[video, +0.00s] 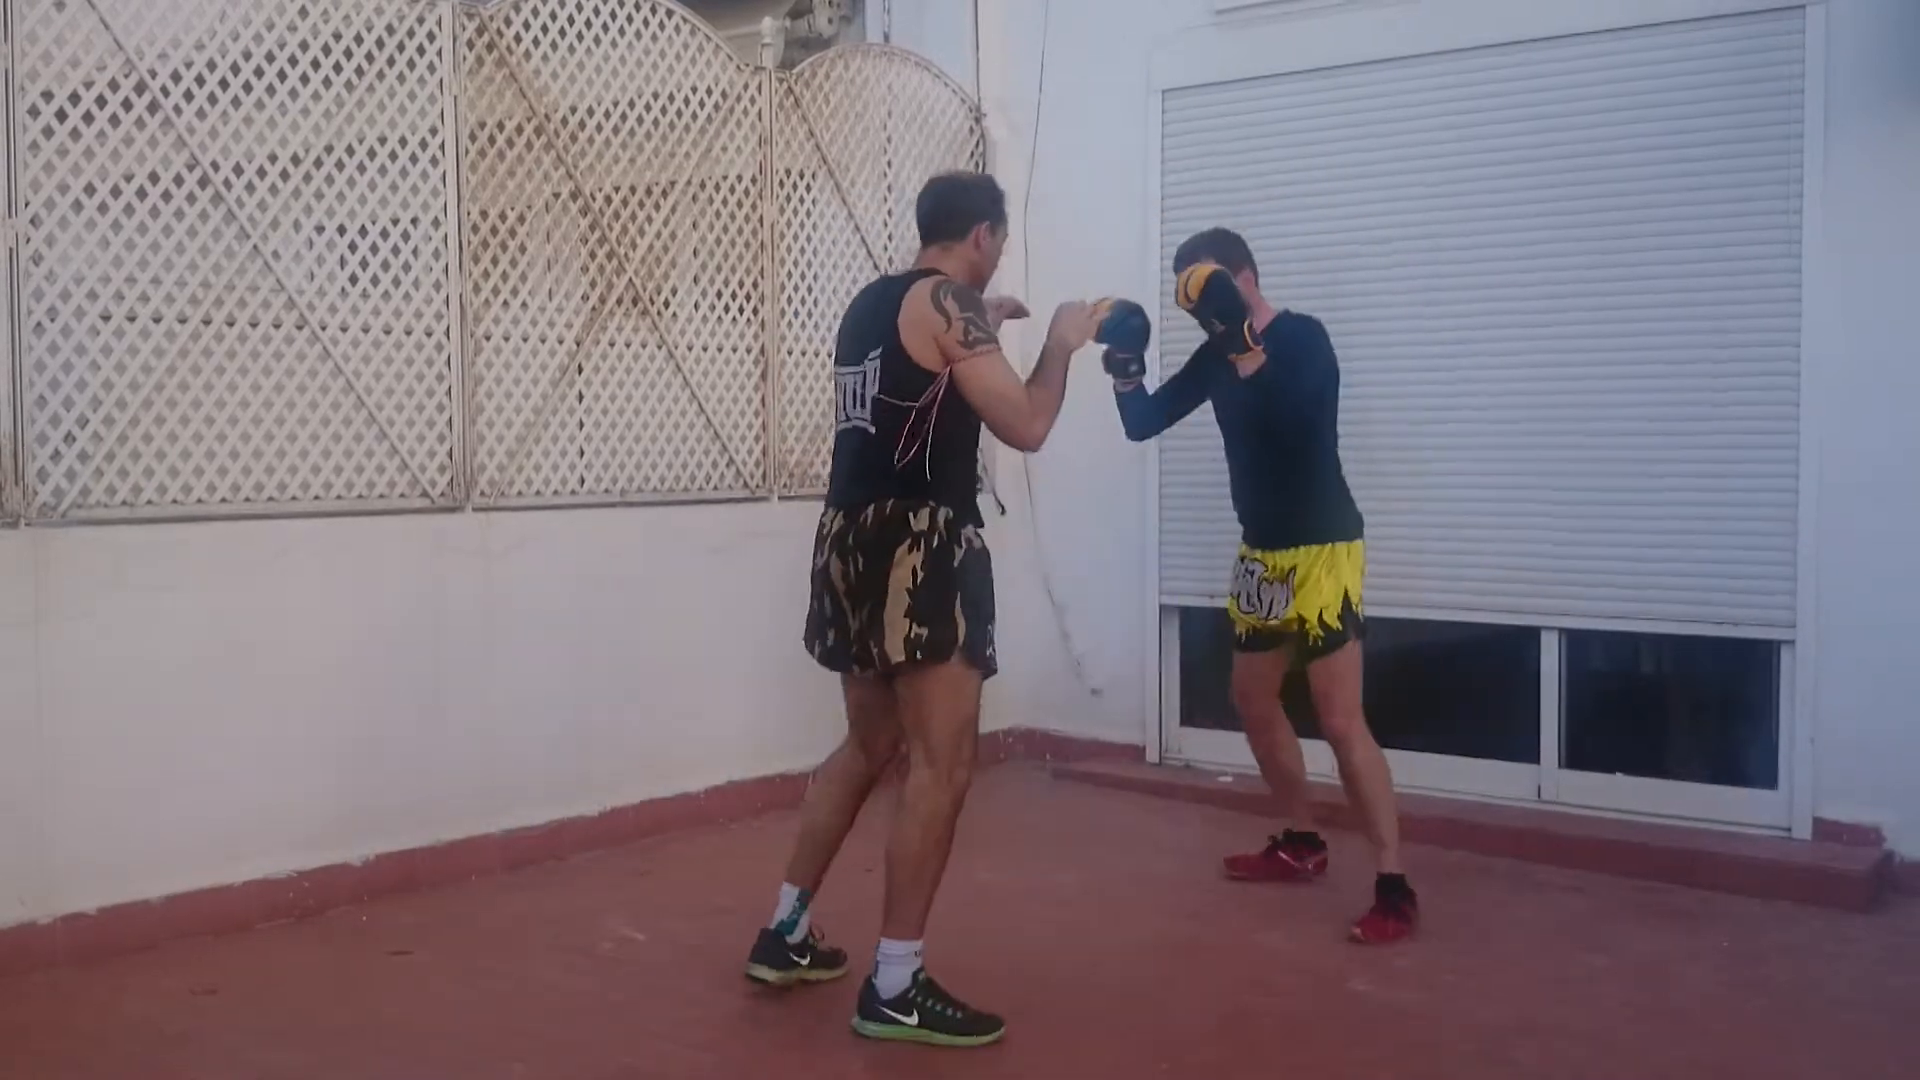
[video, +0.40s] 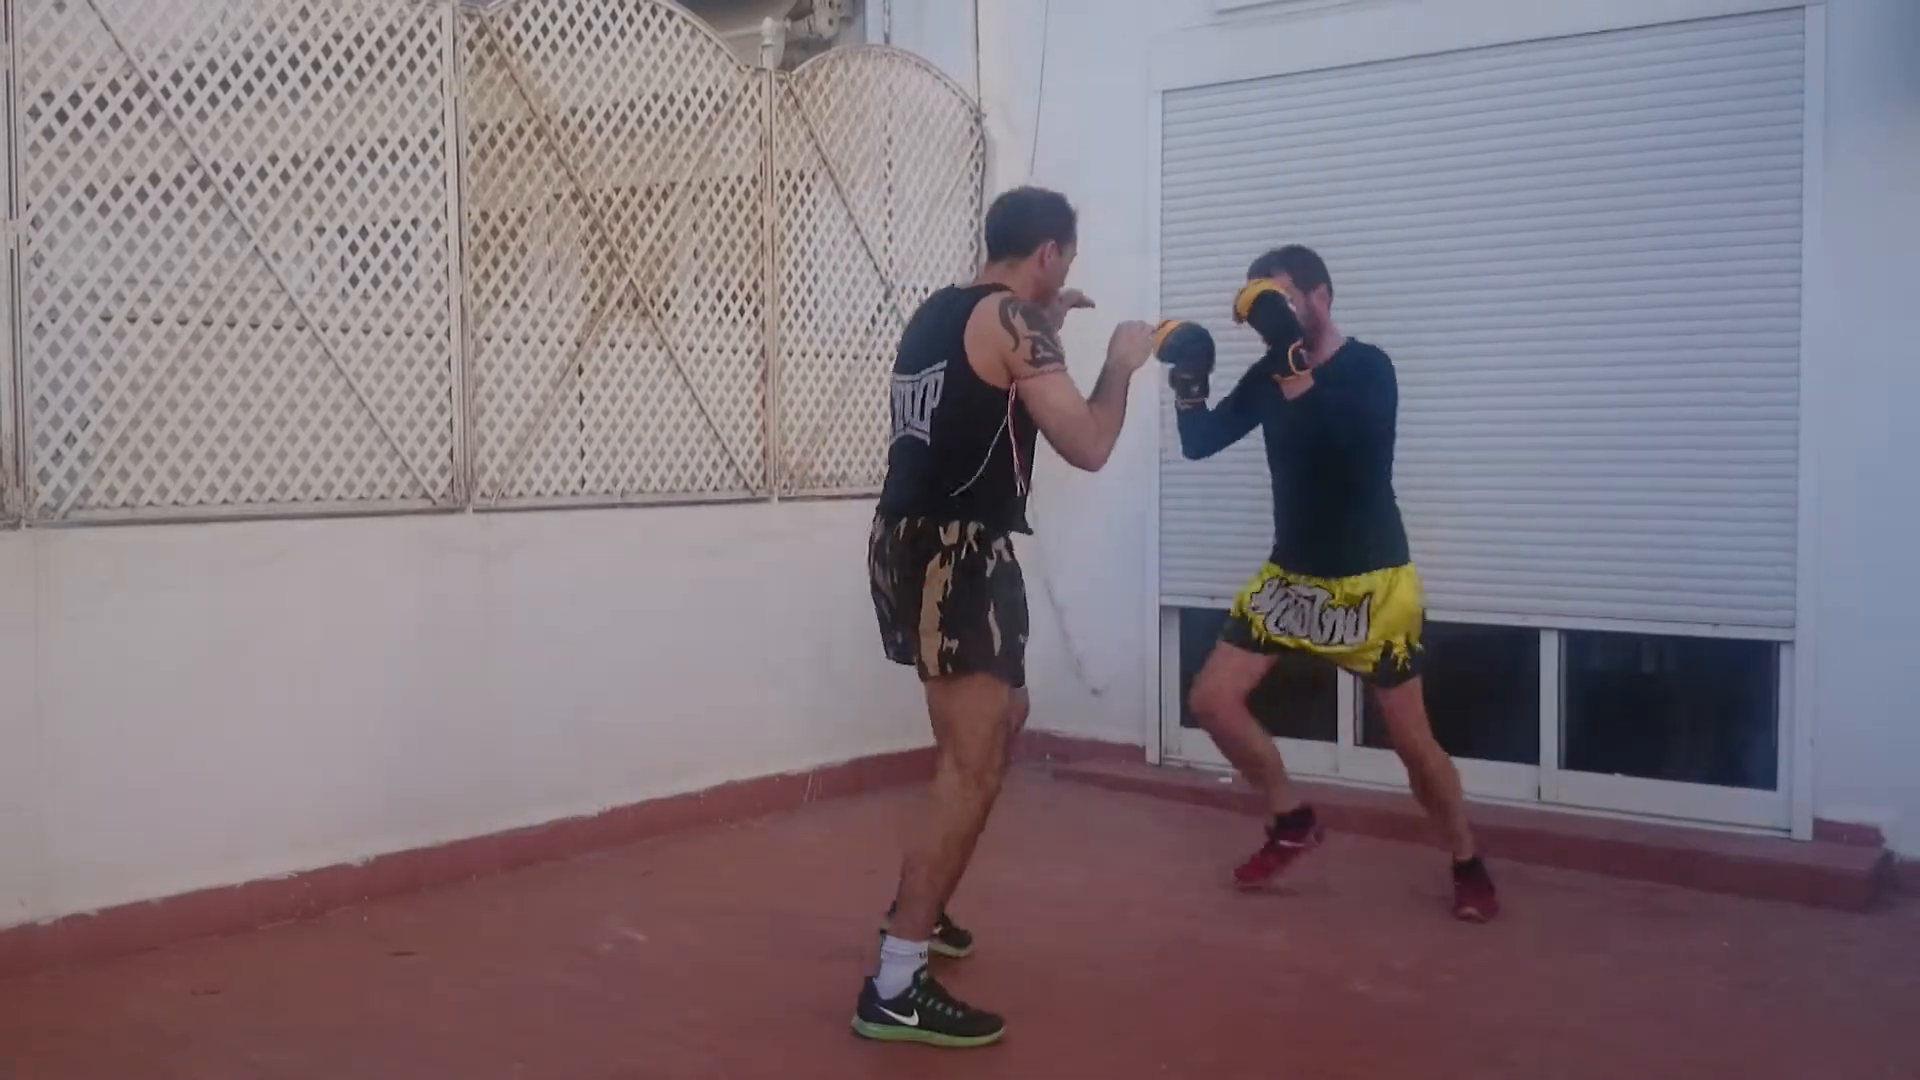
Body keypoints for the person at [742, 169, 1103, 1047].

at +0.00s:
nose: (1001, 256)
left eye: (999, 243)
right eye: (1000, 241)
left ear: (925, 234)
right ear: (978, 238)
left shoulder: (868, 301)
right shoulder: (945, 306)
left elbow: (907, 373)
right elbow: (1024, 425)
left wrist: (976, 324)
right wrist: (1062, 347)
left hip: (852, 541)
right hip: (921, 549)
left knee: (870, 745)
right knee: (942, 767)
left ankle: (782, 932)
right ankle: (895, 986)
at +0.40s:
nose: (1067, 278)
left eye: (1071, 265)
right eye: (1068, 262)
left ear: (991, 249)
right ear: (1046, 254)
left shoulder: (937, 311)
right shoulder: (1008, 321)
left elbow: (974, 361)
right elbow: (1089, 445)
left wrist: (1035, 320)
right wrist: (1118, 365)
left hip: (918, 546)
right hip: (963, 557)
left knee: (1002, 717)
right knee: (972, 767)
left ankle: (913, 908)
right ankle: (894, 984)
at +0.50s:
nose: (1119, 326)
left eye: (1118, 313)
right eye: (1117, 312)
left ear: (1050, 298)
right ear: (1090, 307)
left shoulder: (995, 339)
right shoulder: (1043, 359)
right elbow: (1132, 467)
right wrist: (1163, 383)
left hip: (966, 558)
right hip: (936, 563)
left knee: (1044, 705)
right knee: (1007, 781)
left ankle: (1003, 893)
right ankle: (902, 983)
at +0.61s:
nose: (1157, 416)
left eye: (1160, 403)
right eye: (1157, 402)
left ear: (1110, 385)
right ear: (1129, 390)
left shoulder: (1055, 418)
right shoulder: (1068, 412)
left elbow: (1085, 522)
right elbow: (1170, 510)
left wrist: (1173, 476)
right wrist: (1200, 440)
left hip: (976, 601)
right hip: (934, 602)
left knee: (1059, 733)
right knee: (1020, 788)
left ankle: (1092, 875)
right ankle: (903, 986)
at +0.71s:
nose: (1197, 464)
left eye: (1202, 454)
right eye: (1200, 452)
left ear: (1162, 434)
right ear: (1175, 435)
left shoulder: (1118, 470)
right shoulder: (1102, 435)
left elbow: (1163, 573)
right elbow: (1152, 535)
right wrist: (1208, 477)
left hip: (1005, 610)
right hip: (949, 598)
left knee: (1082, 751)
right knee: (1015, 781)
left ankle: (1117, 891)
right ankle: (904, 983)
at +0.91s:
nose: (1251, 429)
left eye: (1257, 415)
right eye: (1245, 409)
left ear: (1219, 406)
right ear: (1199, 388)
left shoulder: (1173, 486)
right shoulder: (1126, 395)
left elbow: (1186, 594)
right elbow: (1149, 472)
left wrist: (1269, 652)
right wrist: (1239, 458)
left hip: (1058, 592)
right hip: (982, 559)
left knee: (1137, 732)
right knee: (987, 748)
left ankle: (1119, 886)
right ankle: (884, 897)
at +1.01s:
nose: (1193, 322)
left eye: (1211, 321)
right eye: (1189, 311)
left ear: (1226, 355)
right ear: (1165, 323)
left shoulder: (1195, 451)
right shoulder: (1108, 349)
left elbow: (1176, 564)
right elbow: (1140, 384)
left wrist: (1193, 625)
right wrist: (1219, 413)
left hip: (1086, 586)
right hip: (999, 557)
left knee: (1147, 752)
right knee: (963, 744)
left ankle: (1132, 882)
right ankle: (895, 911)